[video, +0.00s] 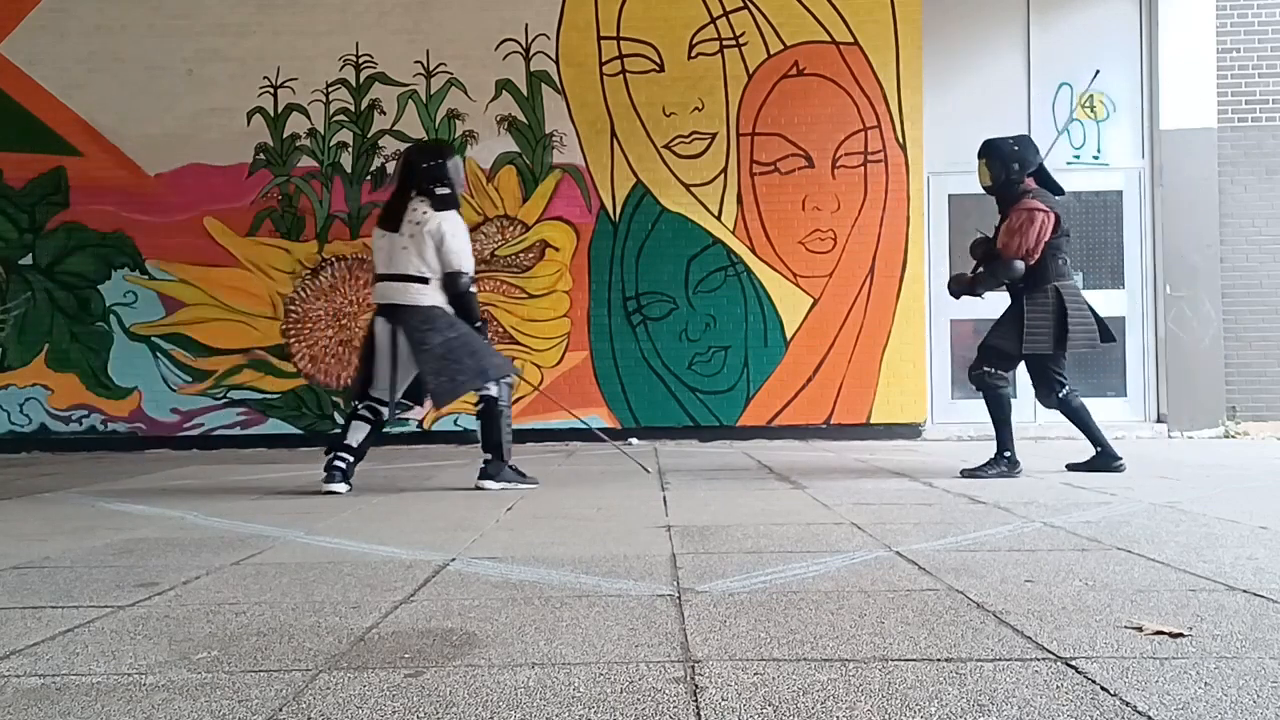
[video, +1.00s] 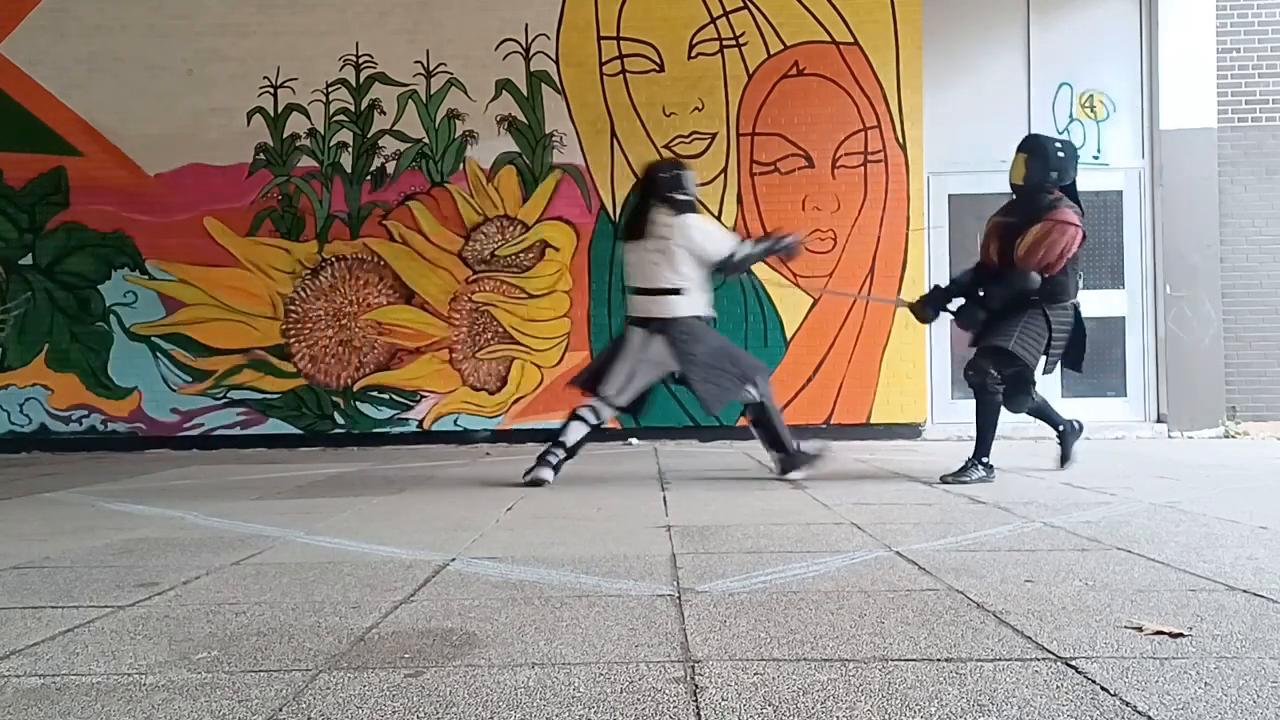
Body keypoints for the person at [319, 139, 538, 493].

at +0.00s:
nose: (458, 176)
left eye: (456, 169)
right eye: (453, 169)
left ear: (408, 175)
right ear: (440, 175)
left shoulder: (388, 216)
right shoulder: (444, 217)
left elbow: (384, 275)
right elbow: (457, 286)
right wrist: (478, 329)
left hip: (387, 313)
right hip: (428, 314)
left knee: (378, 396)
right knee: (496, 374)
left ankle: (339, 467)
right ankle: (497, 465)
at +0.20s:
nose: (495, 167)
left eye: (492, 159)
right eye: (490, 160)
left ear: (445, 166)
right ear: (474, 166)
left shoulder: (422, 205)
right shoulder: (479, 209)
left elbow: (418, 263)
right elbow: (488, 278)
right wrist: (512, 322)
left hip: (418, 305)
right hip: (461, 307)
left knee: (414, 384)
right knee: (519, 377)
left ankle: (395, 457)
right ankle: (500, 465)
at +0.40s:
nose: (519, 179)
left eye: (517, 170)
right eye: (514, 171)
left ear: (469, 175)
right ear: (499, 175)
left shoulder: (449, 212)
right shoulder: (499, 216)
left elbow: (460, 269)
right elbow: (515, 280)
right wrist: (556, 294)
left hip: (441, 310)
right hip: (483, 313)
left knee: (437, 393)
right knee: (555, 365)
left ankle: (409, 470)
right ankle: (563, 451)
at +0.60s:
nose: (570, 168)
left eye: (567, 161)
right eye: (563, 162)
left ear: (525, 170)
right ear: (551, 169)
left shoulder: (512, 206)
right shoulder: (558, 208)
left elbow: (548, 253)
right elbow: (604, 254)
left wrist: (599, 263)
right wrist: (646, 248)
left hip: (501, 307)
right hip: (544, 310)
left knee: (469, 389)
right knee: (600, 377)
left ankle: (421, 462)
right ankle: (630, 459)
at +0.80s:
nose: (632, 177)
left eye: (630, 170)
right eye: (627, 170)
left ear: (584, 169)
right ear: (615, 170)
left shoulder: (563, 207)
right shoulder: (621, 207)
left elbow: (563, 261)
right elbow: (639, 268)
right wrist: (663, 299)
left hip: (566, 295)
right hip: (610, 295)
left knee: (568, 384)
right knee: (676, 356)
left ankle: (543, 463)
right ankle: (655, 439)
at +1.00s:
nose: (693, 194)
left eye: (689, 188)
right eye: (689, 188)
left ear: (649, 193)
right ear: (679, 191)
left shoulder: (634, 229)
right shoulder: (688, 224)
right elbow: (732, 256)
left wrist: (751, 249)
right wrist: (774, 246)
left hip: (641, 332)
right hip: (685, 333)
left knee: (604, 402)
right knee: (753, 379)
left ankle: (548, 463)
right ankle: (789, 456)